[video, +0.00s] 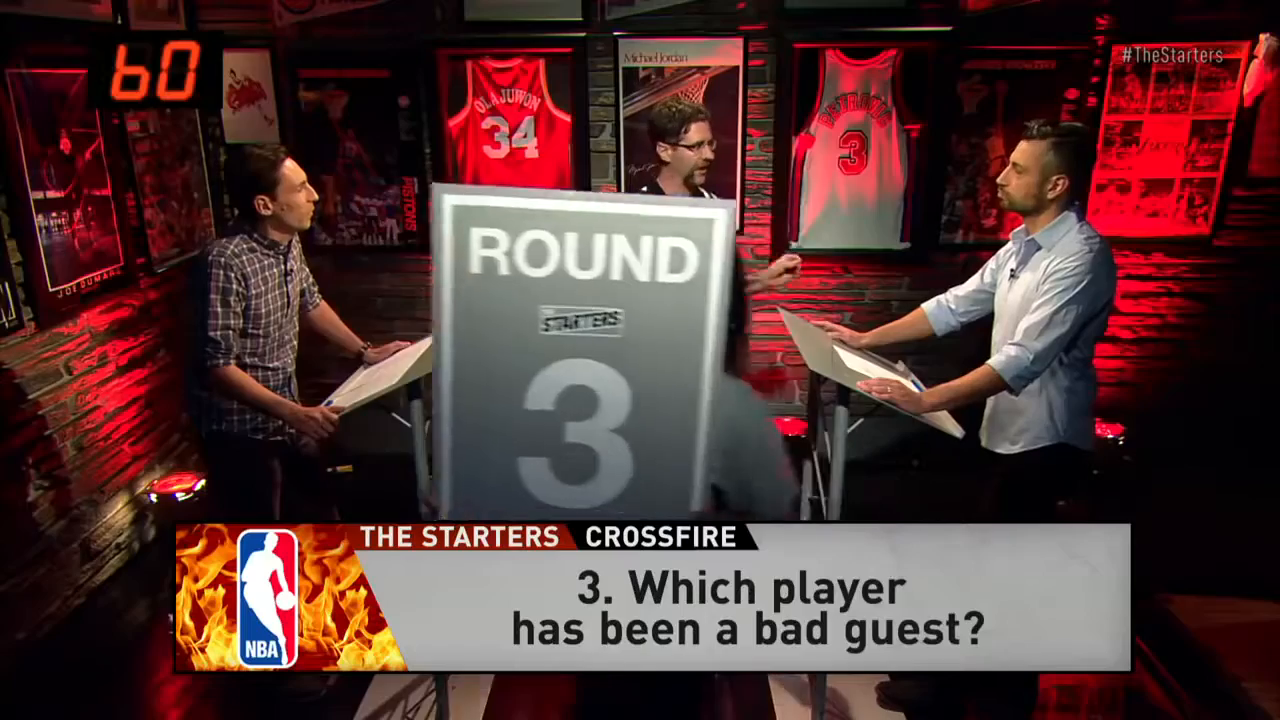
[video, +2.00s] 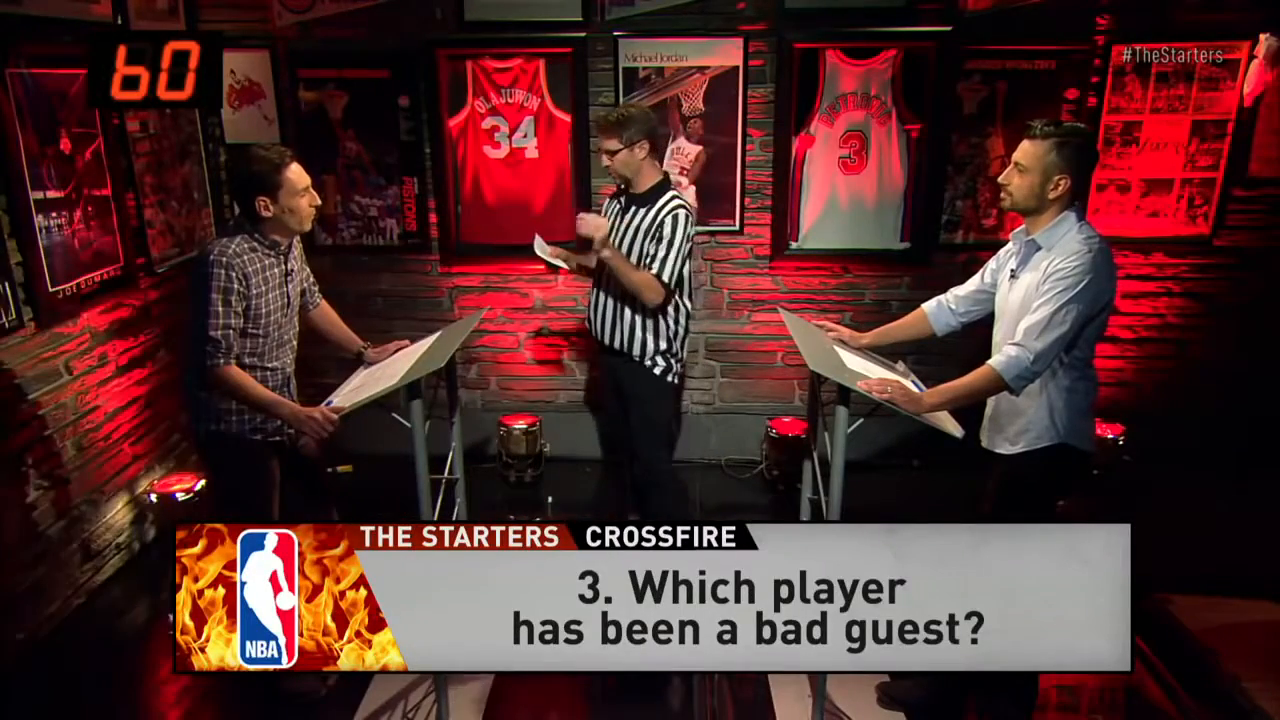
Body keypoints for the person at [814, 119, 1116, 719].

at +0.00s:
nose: (1002, 176)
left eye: (1016, 170)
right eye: (1007, 165)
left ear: (1055, 189)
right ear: (1044, 186)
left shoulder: (1083, 258)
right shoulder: (1025, 244)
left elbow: (1023, 358)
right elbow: (954, 306)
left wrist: (928, 398)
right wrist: (867, 339)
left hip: (1043, 446)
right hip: (1000, 433)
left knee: (1009, 579)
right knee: (973, 562)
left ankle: (999, 704)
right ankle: (940, 683)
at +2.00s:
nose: (1004, 176)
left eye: (1019, 169)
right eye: (1009, 164)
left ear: (1057, 188)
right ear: (1046, 185)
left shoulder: (1082, 259)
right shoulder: (1025, 244)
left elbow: (1023, 360)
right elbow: (955, 306)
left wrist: (928, 398)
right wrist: (868, 339)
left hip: (1043, 445)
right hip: (1002, 433)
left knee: (1006, 578)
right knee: (977, 564)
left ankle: (1001, 705)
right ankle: (942, 683)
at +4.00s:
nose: (1007, 172)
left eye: (1022, 166)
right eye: (1013, 161)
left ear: (1059, 188)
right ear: (1048, 183)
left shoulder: (1082, 259)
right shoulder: (1024, 243)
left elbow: (1022, 360)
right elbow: (954, 306)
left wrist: (928, 398)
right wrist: (868, 339)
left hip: (1041, 445)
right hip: (999, 433)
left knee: (1008, 578)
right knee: (975, 561)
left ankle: (999, 703)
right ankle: (940, 682)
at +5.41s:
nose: (1004, 175)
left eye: (1019, 169)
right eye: (1009, 164)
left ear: (1057, 189)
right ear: (1044, 185)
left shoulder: (1082, 259)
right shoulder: (1024, 243)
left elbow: (1022, 361)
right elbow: (954, 307)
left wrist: (927, 398)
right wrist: (867, 339)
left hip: (1042, 445)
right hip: (999, 433)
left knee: (1006, 579)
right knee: (969, 560)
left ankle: (1000, 705)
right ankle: (940, 683)